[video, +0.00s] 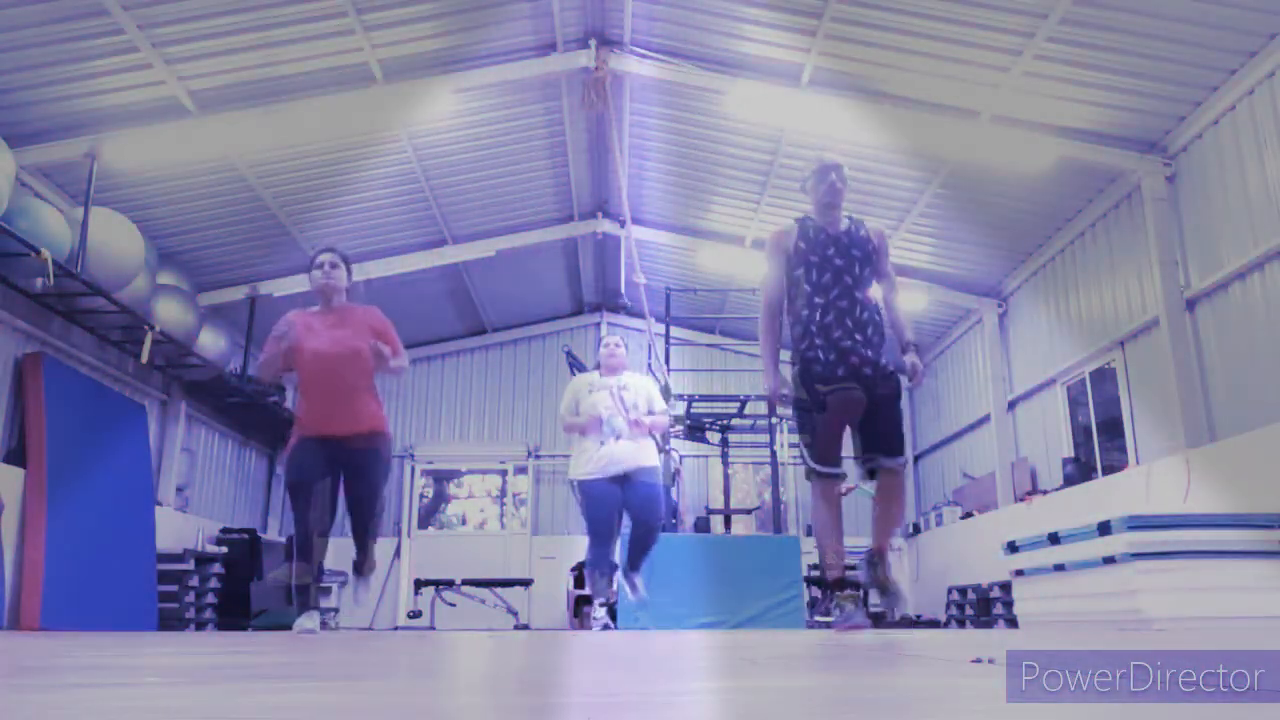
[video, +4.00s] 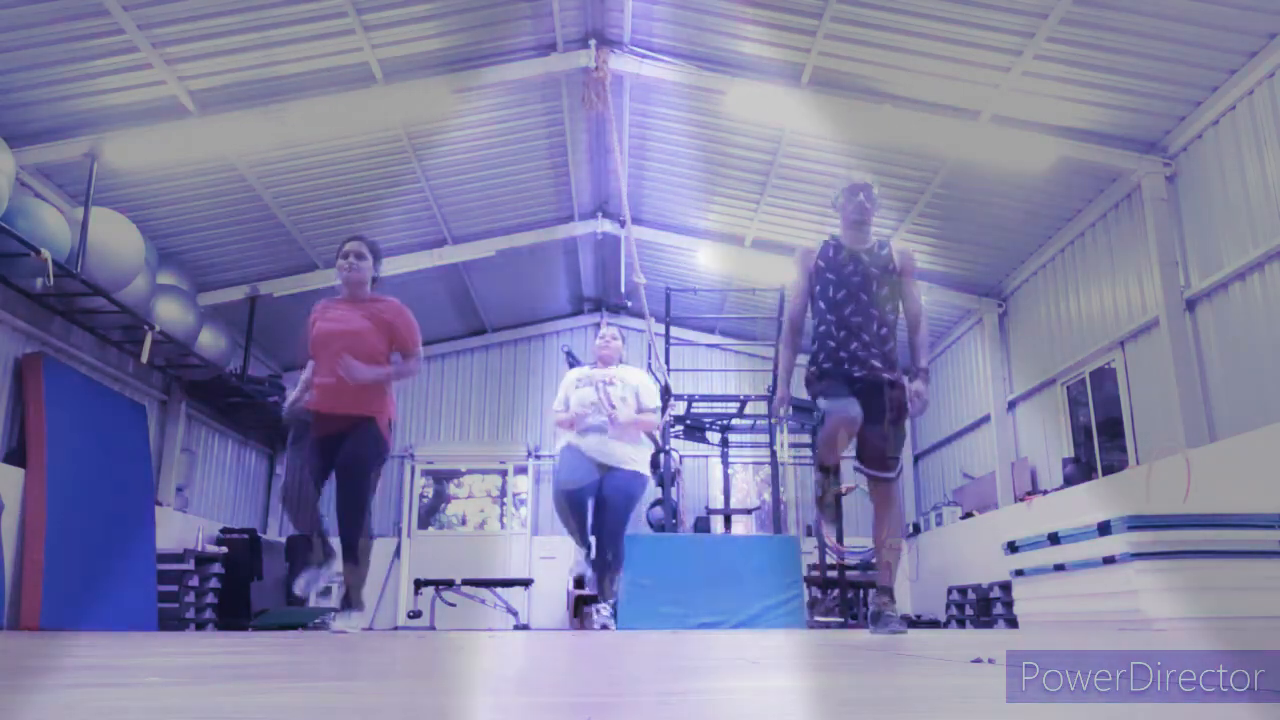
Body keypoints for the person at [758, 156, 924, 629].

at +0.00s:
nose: (833, 183)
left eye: (839, 178)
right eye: (824, 178)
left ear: (847, 188)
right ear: (808, 189)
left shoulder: (871, 237)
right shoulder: (787, 238)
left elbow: (891, 298)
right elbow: (771, 307)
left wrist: (907, 345)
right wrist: (771, 371)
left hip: (875, 361)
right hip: (818, 363)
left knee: (891, 468)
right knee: (827, 479)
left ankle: (879, 562)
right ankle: (838, 592)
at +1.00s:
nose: (836, 249)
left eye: (842, 243)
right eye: (829, 243)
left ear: (851, 253)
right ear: (817, 251)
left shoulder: (869, 302)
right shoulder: (792, 300)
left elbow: (887, 364)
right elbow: (772, 358)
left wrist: (889, 417)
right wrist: (762, 414)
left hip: (854, 411)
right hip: (805, 404)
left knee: (854, 510)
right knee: (816, 439)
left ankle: (850, 605)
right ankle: (797, 492)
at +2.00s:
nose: (813, 249)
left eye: (819, 243)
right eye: (806, 243)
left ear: (826, 252)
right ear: (794, 251)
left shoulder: (842, 297)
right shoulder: (772, 295)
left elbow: (863, 349)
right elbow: (751, 347)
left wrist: (871, 395)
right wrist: (766, 387)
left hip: (839, 404)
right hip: (790, 406)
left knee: (851, 475)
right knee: (795, 499)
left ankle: (849, 578)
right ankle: (800, 594)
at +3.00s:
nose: (814, 255)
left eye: (820, 250)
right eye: (807, 250)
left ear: (828, 260)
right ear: (795, 259)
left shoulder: (846, 309)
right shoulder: (778, 305)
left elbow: (875, 360)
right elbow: (759, 366)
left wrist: (888, 406)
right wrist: (750, 423)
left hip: (849, 420)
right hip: (802, 420)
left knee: (848, 516)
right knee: (805, 510)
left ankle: (848, 602)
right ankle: (810, 605)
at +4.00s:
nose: (861, 203)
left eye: (869, 198)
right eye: (853, 197)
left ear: (878, 210)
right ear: (838, 209)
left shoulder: (896, 258)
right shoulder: (814, 257)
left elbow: (916, 319)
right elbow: (792, 323)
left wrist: (920, 373)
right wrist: (782, 384)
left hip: (883, 377)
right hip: (831, 371)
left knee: (884, 488)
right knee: (845, 416)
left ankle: (884, 599)